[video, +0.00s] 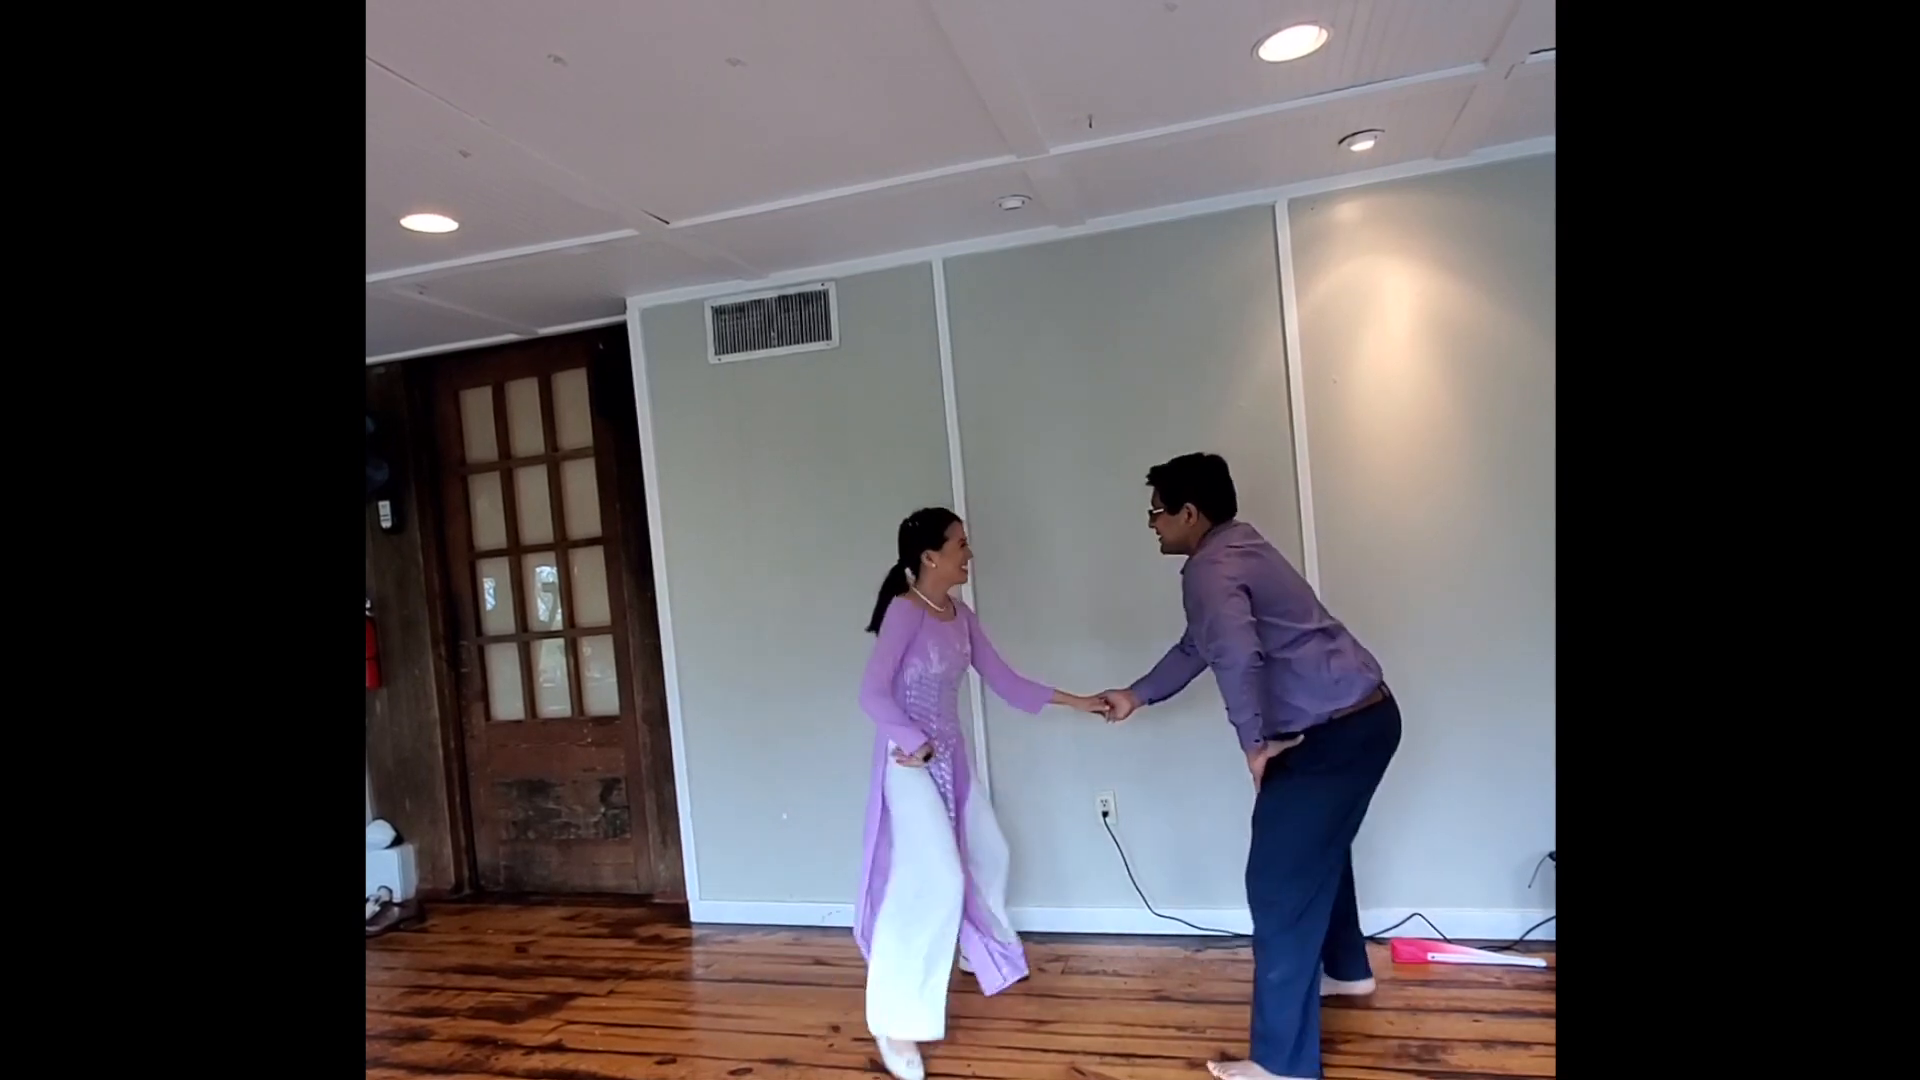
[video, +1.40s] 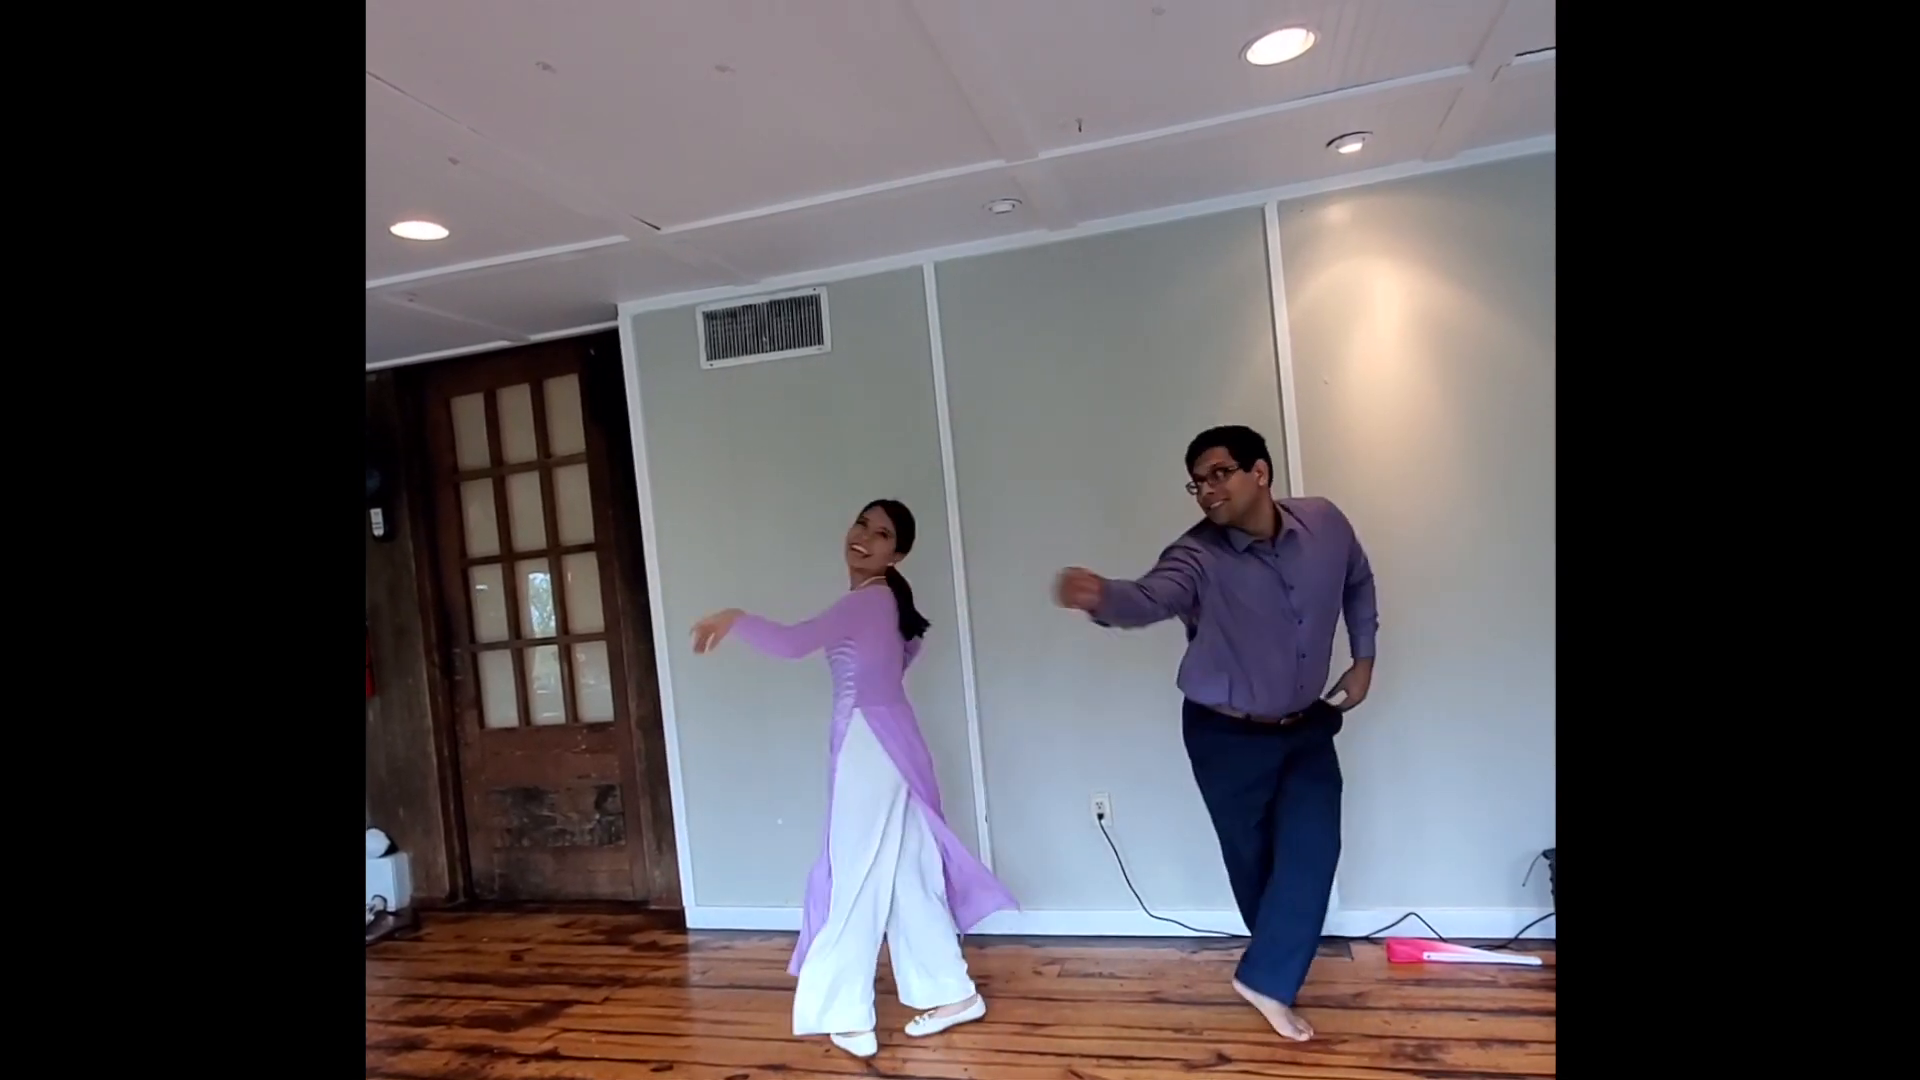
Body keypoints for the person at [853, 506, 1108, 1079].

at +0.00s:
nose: (969, 554)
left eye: (967, 545)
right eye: (960, 546)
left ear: (938, 556)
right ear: (929, 556)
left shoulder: (961, 615)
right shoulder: (906, 612)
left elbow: (1006, 682)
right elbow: (873, 690)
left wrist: (1077, 701)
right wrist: (906, 735)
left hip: (953, 756)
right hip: (909, 759)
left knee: (989, 853)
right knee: (935, 870)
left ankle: (988, 951)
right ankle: (893, 1020)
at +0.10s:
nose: (979, 562)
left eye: (976, 553)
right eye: (970, 555)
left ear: (947, 568)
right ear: (940, 568)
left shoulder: (969, 626)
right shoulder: (911, 627)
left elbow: (1008, 687)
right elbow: (871, 707)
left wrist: (1085, 693)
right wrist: (910, 755)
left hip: (968, 766)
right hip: (923, 769)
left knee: (1012, 855)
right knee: (969, 862)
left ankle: (977, 948)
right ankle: (913, 969)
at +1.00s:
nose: (959, 547)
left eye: (960, 540)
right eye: (950, 537)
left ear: (940, 549)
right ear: (915, 543)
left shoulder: (959, 611)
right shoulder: (870, 602)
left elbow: (993, 665)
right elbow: (838, 651)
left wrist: (1003, 687)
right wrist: (838, 706)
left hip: (950, 752)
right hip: (896, 757)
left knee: (965, 869)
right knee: (913, 874)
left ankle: (1003, 931)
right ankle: (961, 992)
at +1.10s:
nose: (944, 553)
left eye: (948, 548)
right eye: (935, 543)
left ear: (944, 561)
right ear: (901, 547)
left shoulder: (939, 613)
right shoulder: (861, 605)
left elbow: (967, 642)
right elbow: (839, 654)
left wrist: (980, 659)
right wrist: (833, 705)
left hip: (932, 752)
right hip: (888, 756)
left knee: (929, 885)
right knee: (909, 884)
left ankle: (1008, 894)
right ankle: (957, 995)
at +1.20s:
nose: (923, 547)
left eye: (932, 544)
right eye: (915, 534)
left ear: (932, 560)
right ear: (885, 542)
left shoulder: (923, 610)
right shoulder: (857, 600)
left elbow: (954, 655)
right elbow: (850, 657)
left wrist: (940, 643)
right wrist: (836, 699)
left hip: (918, 750)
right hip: (882, 751)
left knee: (865, 875)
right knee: (913, 871)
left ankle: (964, 950)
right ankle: (953, 996)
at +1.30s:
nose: (899, 539)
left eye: (911, 538)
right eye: (892, 527)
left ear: (916, 554)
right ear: (869, 532)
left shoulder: (902, 601)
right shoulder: (853, 594)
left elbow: (869, 629)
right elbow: (869, 659)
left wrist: (816, 603)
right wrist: (849, 690)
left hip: (898, 747)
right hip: (878, 744)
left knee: (847, 884)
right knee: (911, 872)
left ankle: (881, 1012)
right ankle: (957, 992)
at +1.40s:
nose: (861, 535)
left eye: (878, 533)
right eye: (859, 525)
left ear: (895, 554)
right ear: (849, 534)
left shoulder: (866, 600)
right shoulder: (888, 605)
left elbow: (793, 642)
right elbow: (900, 665)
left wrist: (735, 618)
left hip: (870, 744)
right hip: (895, 742)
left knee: (857, 874)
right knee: (908, 871)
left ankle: (848, 1016)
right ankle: (953, 994)